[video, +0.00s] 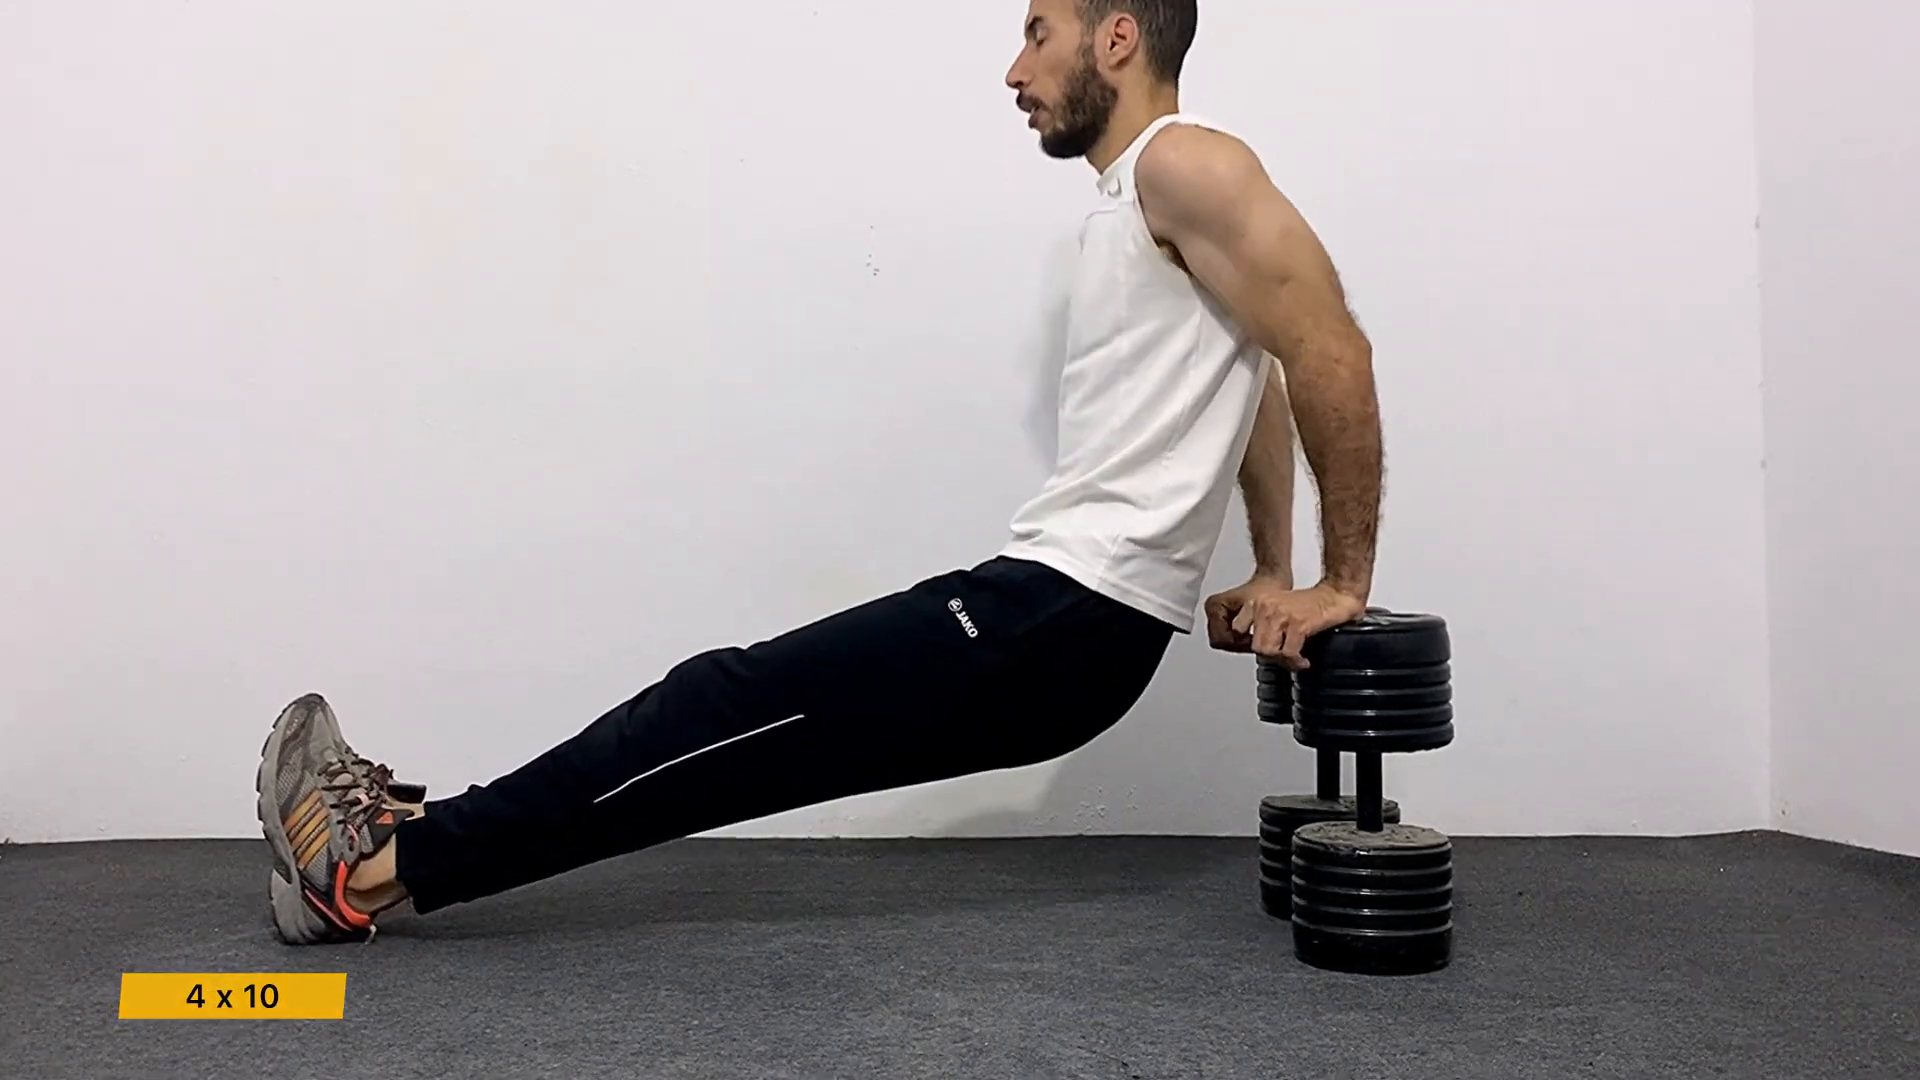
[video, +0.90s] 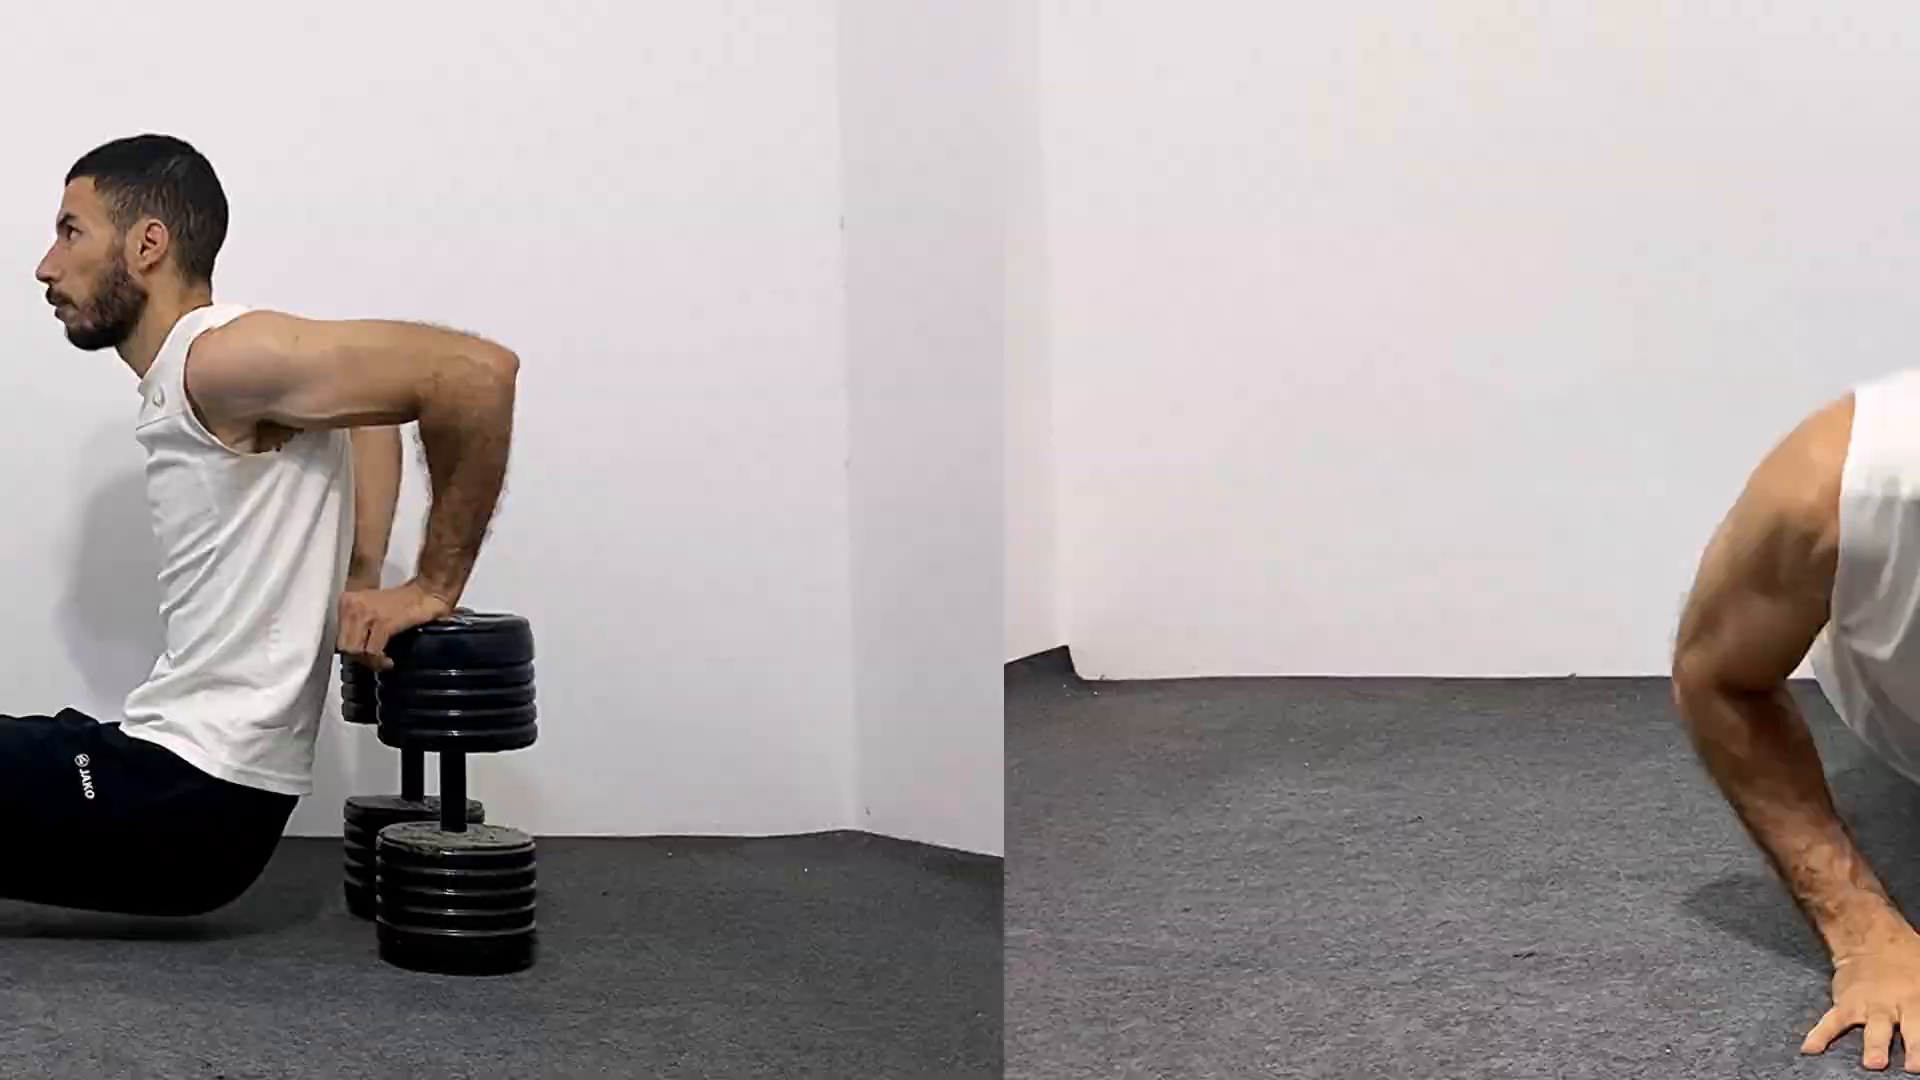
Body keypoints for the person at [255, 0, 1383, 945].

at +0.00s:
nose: (1015, 66)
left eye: (1036, 36)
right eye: (1021, 39)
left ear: (1120, 40)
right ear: (1109, 46)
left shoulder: (1188, 164)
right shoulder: (1151, 189)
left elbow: (1334, 350)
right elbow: (1262, 389)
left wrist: (1351, 583)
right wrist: (1267, 578)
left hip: (1074, 617)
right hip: (1051, 599)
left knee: (722, 719)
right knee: (715, 707)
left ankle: (388, 874)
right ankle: (414, 843)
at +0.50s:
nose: (973, 227)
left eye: (996, 195)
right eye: (980, 199)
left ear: (1083, 202)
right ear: (1086, 206)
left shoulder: (1144, 323)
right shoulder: (1128, 322)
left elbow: (1395, 374)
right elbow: (1301, 378)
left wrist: (1347, 588)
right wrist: (1275, 566)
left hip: (1094, 758)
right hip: (1079, 744)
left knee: (733, 735)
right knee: (728, 783)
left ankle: (384, 868)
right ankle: (407, 855)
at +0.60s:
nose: (919, 245)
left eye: (943, 213)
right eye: (927, 216)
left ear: (1029, 224)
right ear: (1030, 226)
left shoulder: (1090, 342)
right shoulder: (1073, 347)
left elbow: (1345, 377)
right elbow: (1241, 391)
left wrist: (1299, 587)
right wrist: (1225, 575)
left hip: (1046, 778)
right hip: (1028, 763)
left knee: (686, 738)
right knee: (681, 788)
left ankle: (337, 872)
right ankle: (364, 852)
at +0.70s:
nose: (777, 261)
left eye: (798, 229)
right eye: (784, 232)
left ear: (882, 238)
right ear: (888, 240)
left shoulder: (947, 354)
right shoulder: (936, 359)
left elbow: (1204, 378)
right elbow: (1103, 395)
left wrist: (1161, 591)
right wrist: (1089, 573)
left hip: (906, 792)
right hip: (900, 786)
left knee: (547, 742)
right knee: (536, 800)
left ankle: (194, 876)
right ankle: (228, 850)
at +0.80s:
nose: (498, 268)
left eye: (522, 234)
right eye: (508, 236)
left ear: (606, 249)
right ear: (606, 251)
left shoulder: (672, 367)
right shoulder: (648, 372)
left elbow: (930, 378)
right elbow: (830, 390)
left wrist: (891, 587)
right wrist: (821, 575)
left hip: (640, 804)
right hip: (616, 781)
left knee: (269, 754)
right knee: (262, 772)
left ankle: (11, 855)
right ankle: (18, 860)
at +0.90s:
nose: (44, 266)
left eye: (69, 232)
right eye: (56, 233)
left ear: (147, 244)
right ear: (148, 247)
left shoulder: (223, 362)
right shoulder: (196, 367)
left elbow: (476, 374)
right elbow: (373, 395)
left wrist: (437, 586)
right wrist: (361, 574)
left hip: (196, 798)